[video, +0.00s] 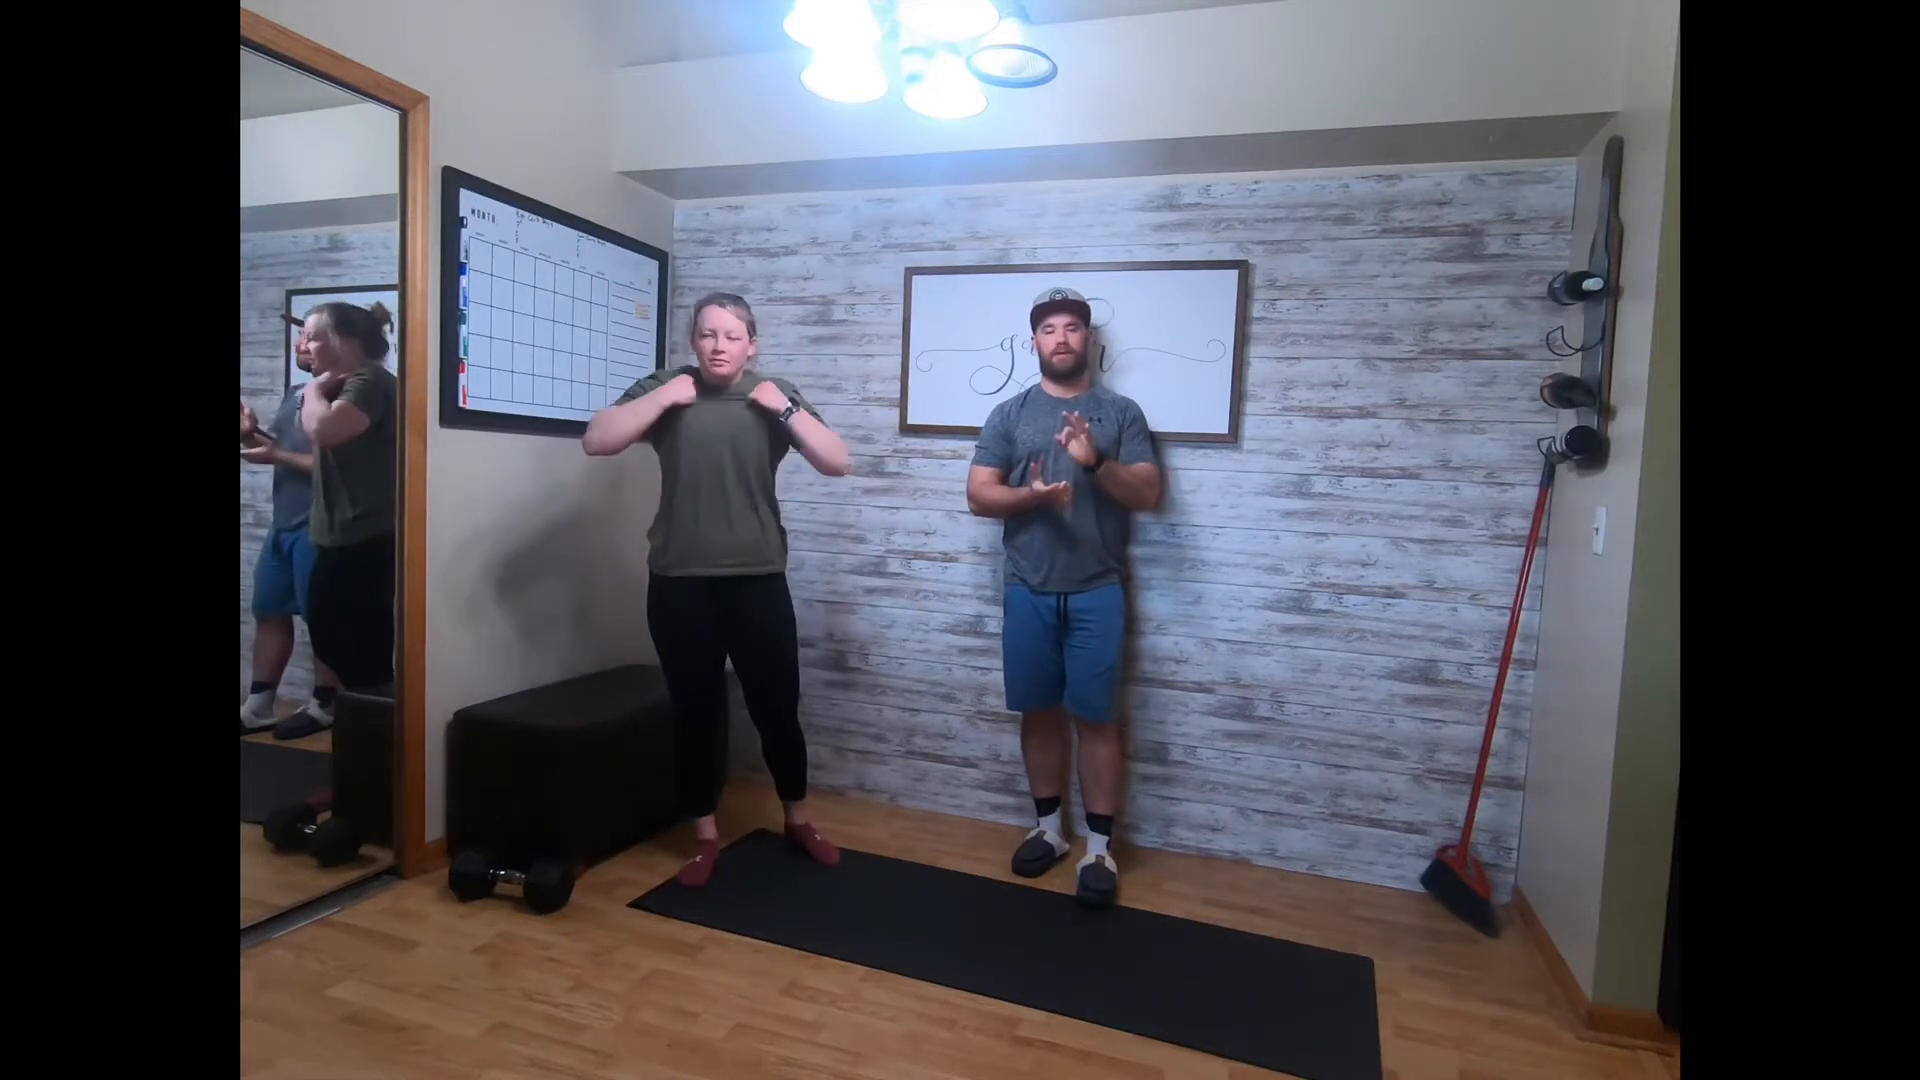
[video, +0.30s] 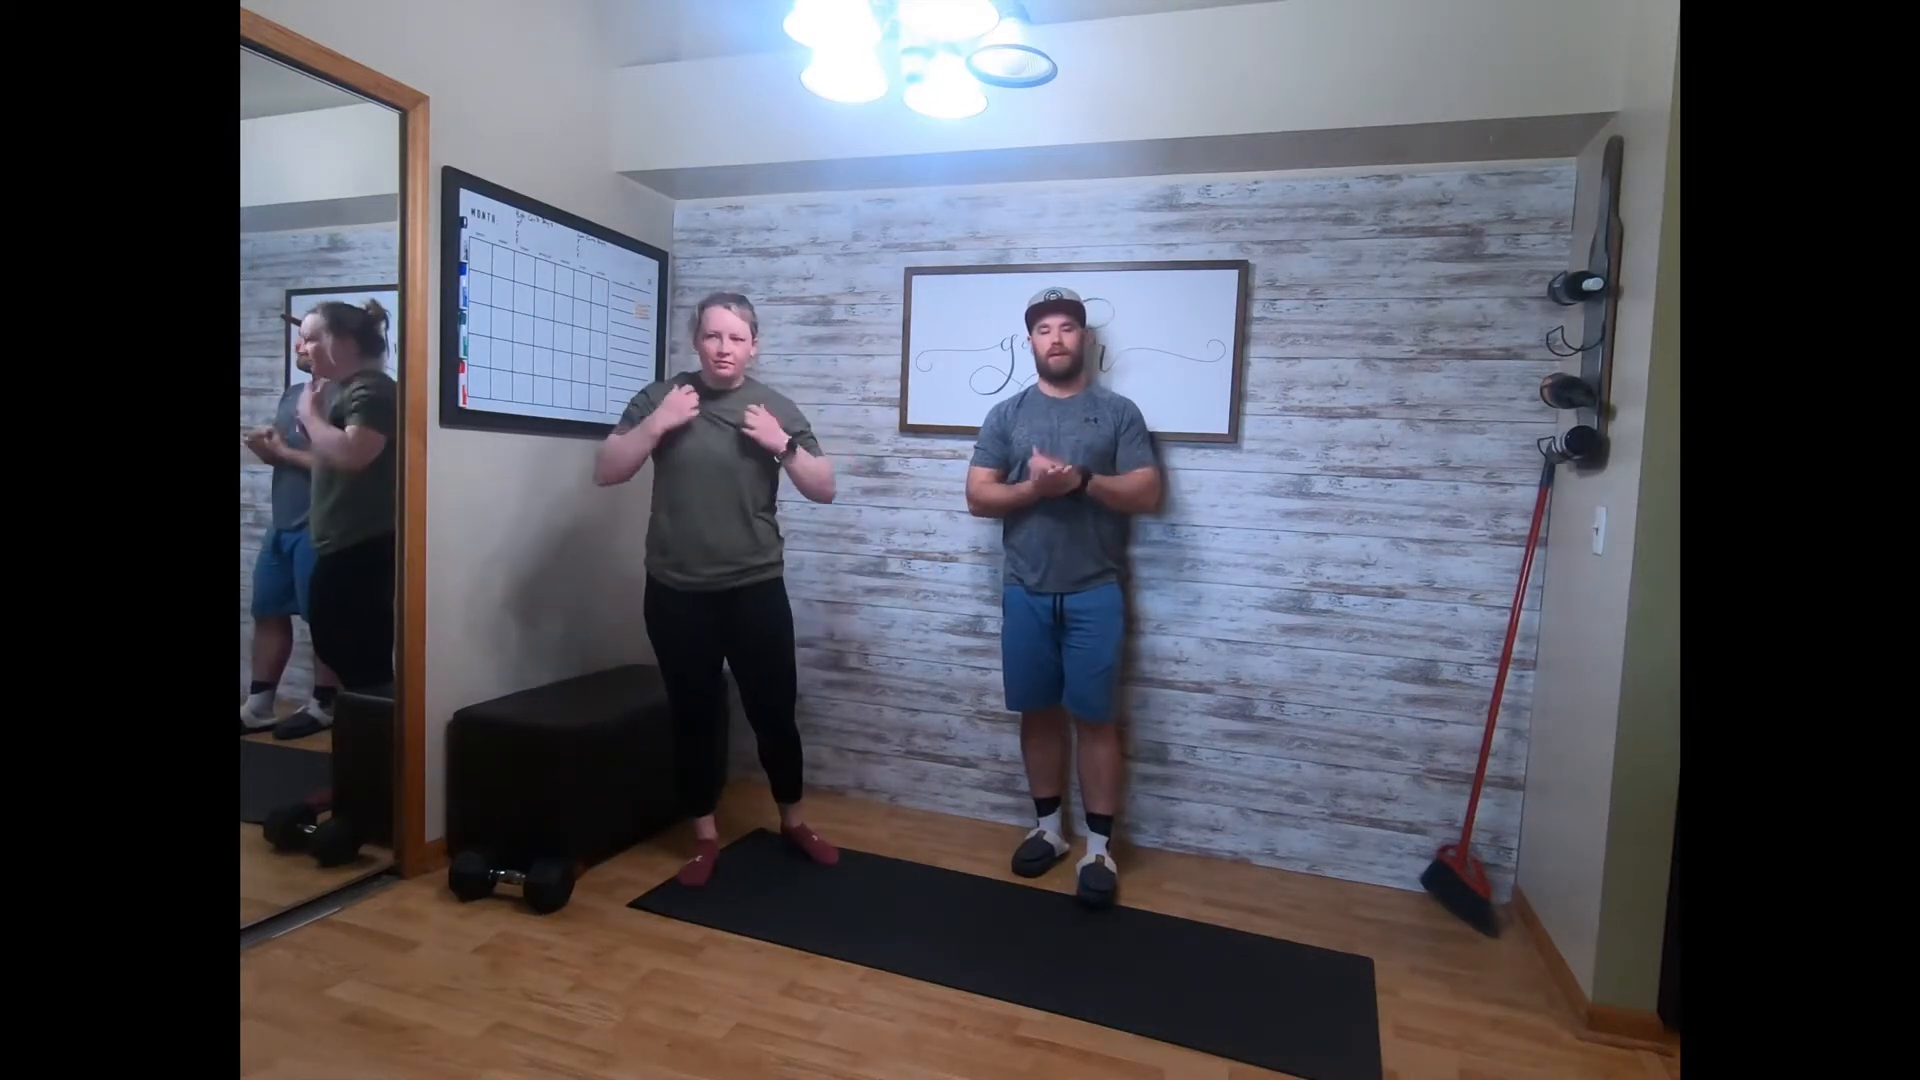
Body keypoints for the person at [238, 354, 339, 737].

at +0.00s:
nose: (303, 345)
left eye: (313, 337)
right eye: (301, 337)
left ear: (333, 345)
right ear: (297, 342)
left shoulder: (342, 398)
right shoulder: (294, 395)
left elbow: (330, 465)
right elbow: (273, 448)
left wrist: (276, 454)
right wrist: (251, 433)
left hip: (320, 529)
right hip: (283, 527)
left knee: (322, 619)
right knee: (270, 612)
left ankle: (325, 705)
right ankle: (259, 704)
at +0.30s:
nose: (300, 347)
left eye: (309, 338)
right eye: (299, 339)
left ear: (333, 344)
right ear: (298, 345)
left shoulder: (344, 397)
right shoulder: (294, 394)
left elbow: (336, 463)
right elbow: (297, 455)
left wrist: (283, 453)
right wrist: (272, 449)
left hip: (320, 528)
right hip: (282, 526)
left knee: (323, 621)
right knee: (269, 611)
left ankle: (324, 707)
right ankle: (259, 704)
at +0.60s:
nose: (300, 341)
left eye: (308, 333)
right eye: (300, 333)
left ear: (330, 341)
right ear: (302, 343)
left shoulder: (346, 397)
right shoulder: (292, 396)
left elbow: (337, 459)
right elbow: (286, 463)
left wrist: (286, 452)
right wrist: (266, 453)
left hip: (321, 529)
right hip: (281, 528)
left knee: (323, 619)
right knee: (264, 609)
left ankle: (325, 705)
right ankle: (260, 702)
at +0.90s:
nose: (300, 357)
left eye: (307, 348)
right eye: (297, 349)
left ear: (329, 344)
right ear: (296, 351)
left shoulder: (349, 395)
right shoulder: (290, 396)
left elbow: (333, 459)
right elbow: (278, 453)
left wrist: (282, 455)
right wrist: (274, 450)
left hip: (323, 527)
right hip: (283, 524)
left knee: (323, 619)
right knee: (265, 609)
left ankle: (325, 706)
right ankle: (260, 702)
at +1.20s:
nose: (286, 379)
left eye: (288, 369)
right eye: (281, 372)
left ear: (308, 357)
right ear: (283, 366)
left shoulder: (341, 398)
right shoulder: (290, 396)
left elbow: (335, 464)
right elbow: (280, 453)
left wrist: (283, 455)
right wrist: (270, 447)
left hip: (320, 531)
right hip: (282, 527)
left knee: (323, 622)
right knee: (266, 610)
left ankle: (326, 706)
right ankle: (261, 702)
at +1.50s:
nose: (280, 387)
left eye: (280, 378)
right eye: (274, 380)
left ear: (299, 361)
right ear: (277, 368)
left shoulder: (333, 406)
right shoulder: (285, 404)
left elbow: (333, 466)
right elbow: (288, 461)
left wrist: (282, 454)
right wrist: (272, 449)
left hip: (317, 529)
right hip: (280, 527)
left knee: (318, 617)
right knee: (264, 610)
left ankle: (325, 705)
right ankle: (261, 702)